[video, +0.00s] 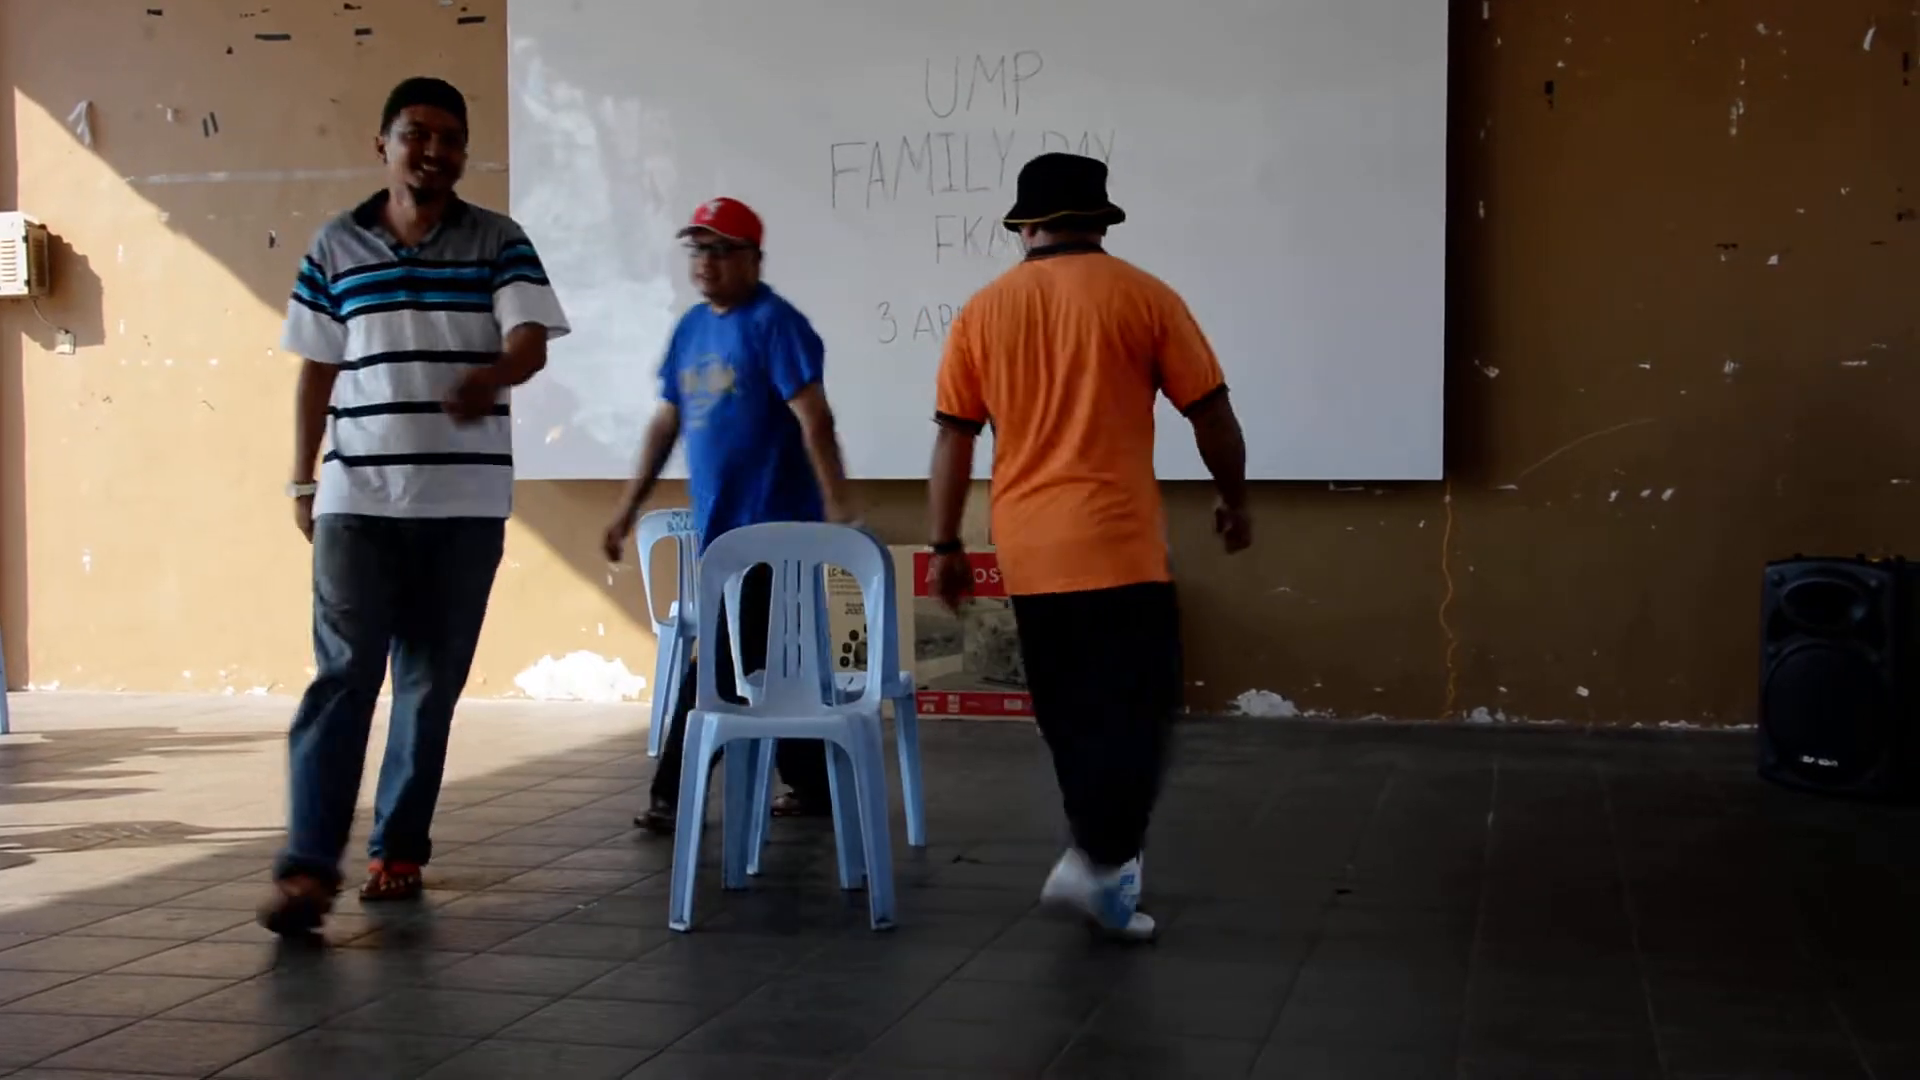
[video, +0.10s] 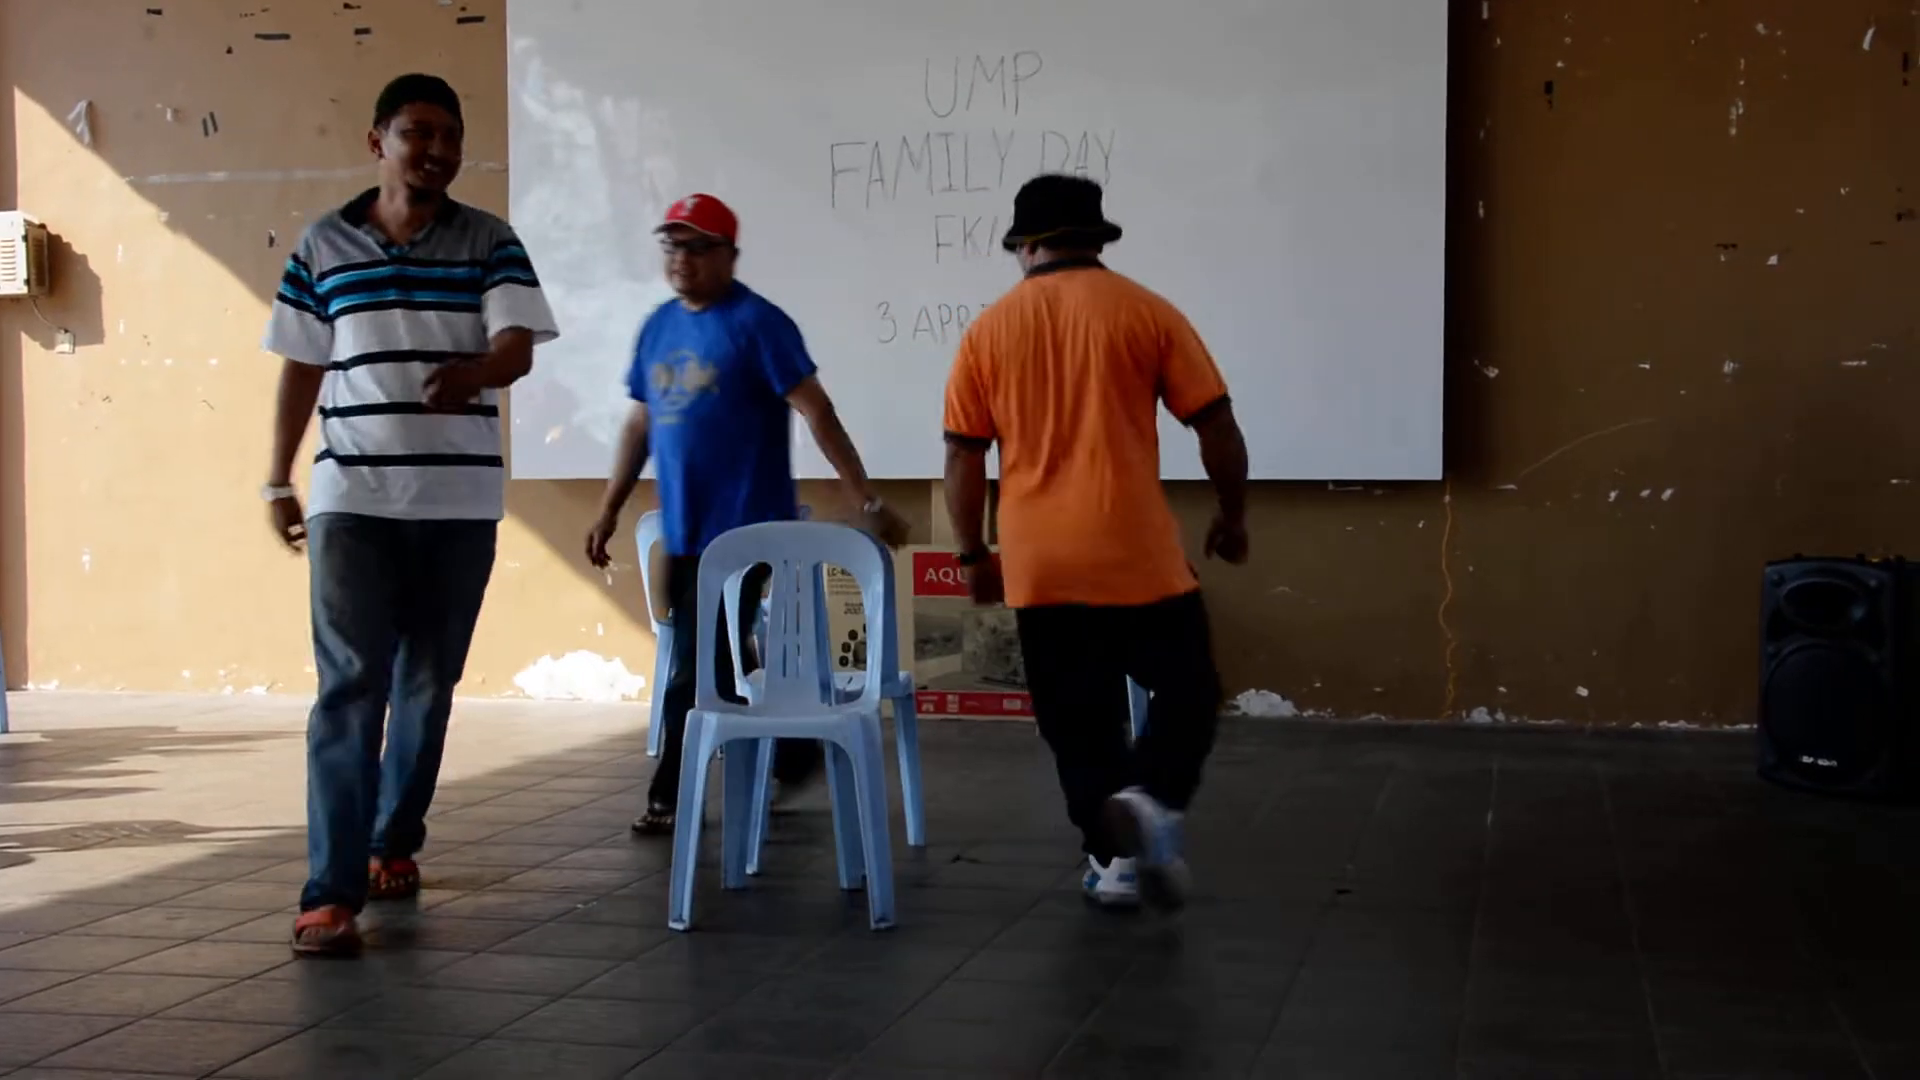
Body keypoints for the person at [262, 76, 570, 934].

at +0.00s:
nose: (432, 152)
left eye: (448, 139)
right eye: (416, 136)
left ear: (464, 153)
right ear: (383, 145)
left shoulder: (497, 241)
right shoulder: (339, 245)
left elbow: (532, 343)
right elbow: (318, 368)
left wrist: (494, 375)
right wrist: (304, 473)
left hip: (463, 504)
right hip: (358, 498)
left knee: (429, 689)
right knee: (341, 675)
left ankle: (400, 856)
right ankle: (308, 871)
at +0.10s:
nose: (430, 148)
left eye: (444, 136)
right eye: (414, 133)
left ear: (460, 150)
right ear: (376, 142)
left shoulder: (490, 243)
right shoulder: (325, 246)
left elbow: (520, 347)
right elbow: (302, 367)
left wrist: (477, 372)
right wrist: (279, 475)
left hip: (458, 507)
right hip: (352, 502)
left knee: (426, 690)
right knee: (348, 691)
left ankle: (397, 843)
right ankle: (331, 892)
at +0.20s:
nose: (441, 145)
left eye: (453, 132)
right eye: (425, 127)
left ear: (463, 142)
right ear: (376, 131)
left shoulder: (483, 234)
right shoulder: (313, 235)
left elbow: (505, 347)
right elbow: (287, 364)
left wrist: (472, 403)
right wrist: (254, 479)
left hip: (456, 503)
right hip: (349, 499)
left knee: (438, 698)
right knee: (346, 695)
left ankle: (385, 835)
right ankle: (331, 894)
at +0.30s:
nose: (458, 136)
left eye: (466, 123)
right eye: (441, 119)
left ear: (469, 131)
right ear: (386, 121)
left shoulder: (485, 228)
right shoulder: (311, 222)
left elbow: (502, 353)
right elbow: (273, 353)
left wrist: (493, 459)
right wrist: (235, 473)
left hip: (458, 500)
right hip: (347, 501)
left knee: (477, 686)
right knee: (343, 701)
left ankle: (393, 793)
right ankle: (330, 894)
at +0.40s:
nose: (483, 138)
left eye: (489, 122)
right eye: (468, 120)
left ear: (481, 126)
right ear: (408, 116)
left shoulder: (490, 224)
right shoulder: (323, 208)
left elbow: (512, 358)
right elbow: (269, 333)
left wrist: (544, 468)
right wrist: (235, 452)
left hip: (472, 496)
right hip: (359, 501)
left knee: (517, 670)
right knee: (348, 703)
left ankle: (414, 821)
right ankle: (331, 896)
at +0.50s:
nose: (513, 143)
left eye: (517, 127)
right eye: (501, 126)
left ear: (483, 125)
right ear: (443, 116)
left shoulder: (502, 223)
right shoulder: (349, 201)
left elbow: (530, 360)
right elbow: (287, 317)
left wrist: (579, 478)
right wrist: (257, 423)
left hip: (492, 501)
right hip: (380, 504)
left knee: (544, 663)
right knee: (356, 704)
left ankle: (508, 884)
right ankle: (333, 895)